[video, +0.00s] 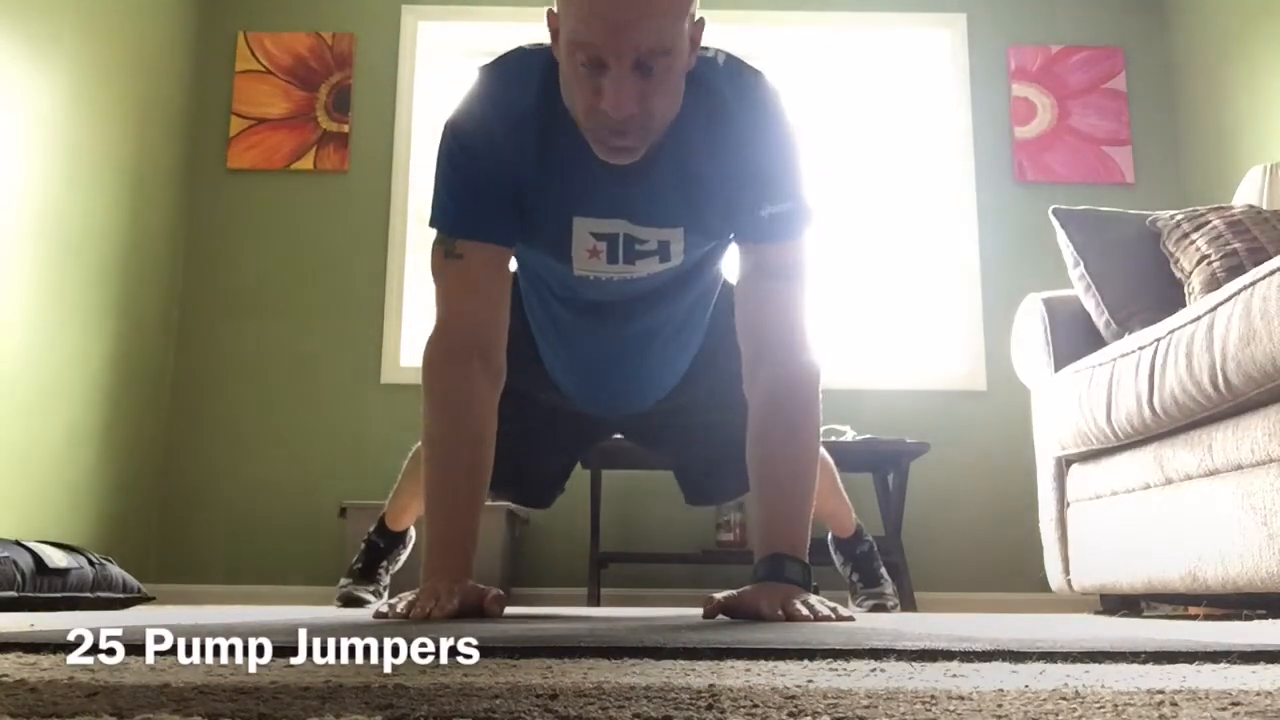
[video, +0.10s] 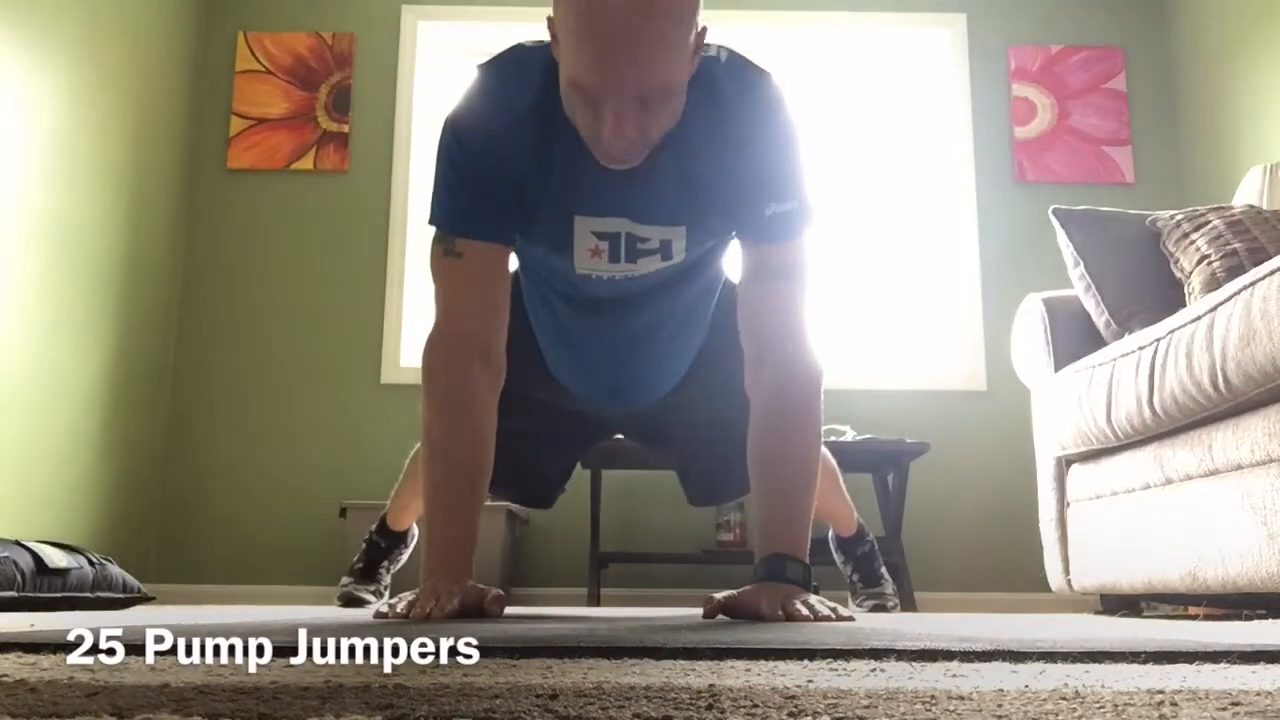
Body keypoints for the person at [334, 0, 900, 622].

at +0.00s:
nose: (618, 101)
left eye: (651, 65)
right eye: (591, 63)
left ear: (694, 42)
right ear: (554, 36)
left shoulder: (743, 110)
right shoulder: (499, 110)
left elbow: (780, 359)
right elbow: (462, 351)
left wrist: (782, 575)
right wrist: (444, 581)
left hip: (690, 336)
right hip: (541, 335)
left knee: (789, 455)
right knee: (450, 450)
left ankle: (856, 550)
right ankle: (384, 543)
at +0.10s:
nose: (620, 134)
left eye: (650, 99)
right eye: (587, 95)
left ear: (697, 50)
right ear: (554, 41)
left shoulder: (745, 107)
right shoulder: (498, 109)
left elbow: (782, 355)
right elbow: (462, 348)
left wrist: (783, 575)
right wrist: (445, 581)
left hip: (692, 333)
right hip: (542, 331)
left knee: (793, 452)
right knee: (451, 448)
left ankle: (858, 549)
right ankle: (385, 547)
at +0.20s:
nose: (623, 155)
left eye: (651, 133)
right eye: (598, 128)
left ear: (697, 69)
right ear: (555, 59)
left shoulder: (749, 109)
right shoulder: (495, 113)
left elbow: (783, 358)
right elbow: (462, 352)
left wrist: (783, 576)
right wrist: (445, 582)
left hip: (694, 330)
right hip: (544, 329)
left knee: (794, 453)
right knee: (450, 451)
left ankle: (858, 547)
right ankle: (387, 544)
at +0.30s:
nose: (626, 160)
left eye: (645, 134)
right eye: (602, 134)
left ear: (693, 54)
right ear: (561, 57)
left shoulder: (748, 108)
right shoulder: (494, 115)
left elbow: (783, 360)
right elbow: (462, 353)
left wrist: (784, 576)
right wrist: (446, 582)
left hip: (694, 330)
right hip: (544, 329)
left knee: (794, 454)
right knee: (449, 452)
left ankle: (859, 545)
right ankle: (385, 545)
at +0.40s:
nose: (624, 197)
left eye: (646, 177)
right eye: (599, 177)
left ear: (696, 83)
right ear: (555, 90)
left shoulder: (747, 113)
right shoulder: (495, 118)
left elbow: (783, 362)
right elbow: (462, 355)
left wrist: (783, 576)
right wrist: (445, 582)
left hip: (693, 328)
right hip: (544, 326)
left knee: (793, 452)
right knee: (451, 449)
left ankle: (860, 547)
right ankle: (386, 545)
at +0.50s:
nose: (624, 208)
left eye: (649, 191)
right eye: (599, 190)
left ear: (696, 100)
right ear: (553, 105)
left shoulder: (747, 118)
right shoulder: (494, 124)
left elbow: (782, 364)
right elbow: (461, 357)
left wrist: (783, 576)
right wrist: (444, 582)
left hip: (691, 325)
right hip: (543, 324)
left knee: (791, 447)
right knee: (454, 442)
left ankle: (859, 549)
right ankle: (387, 546)